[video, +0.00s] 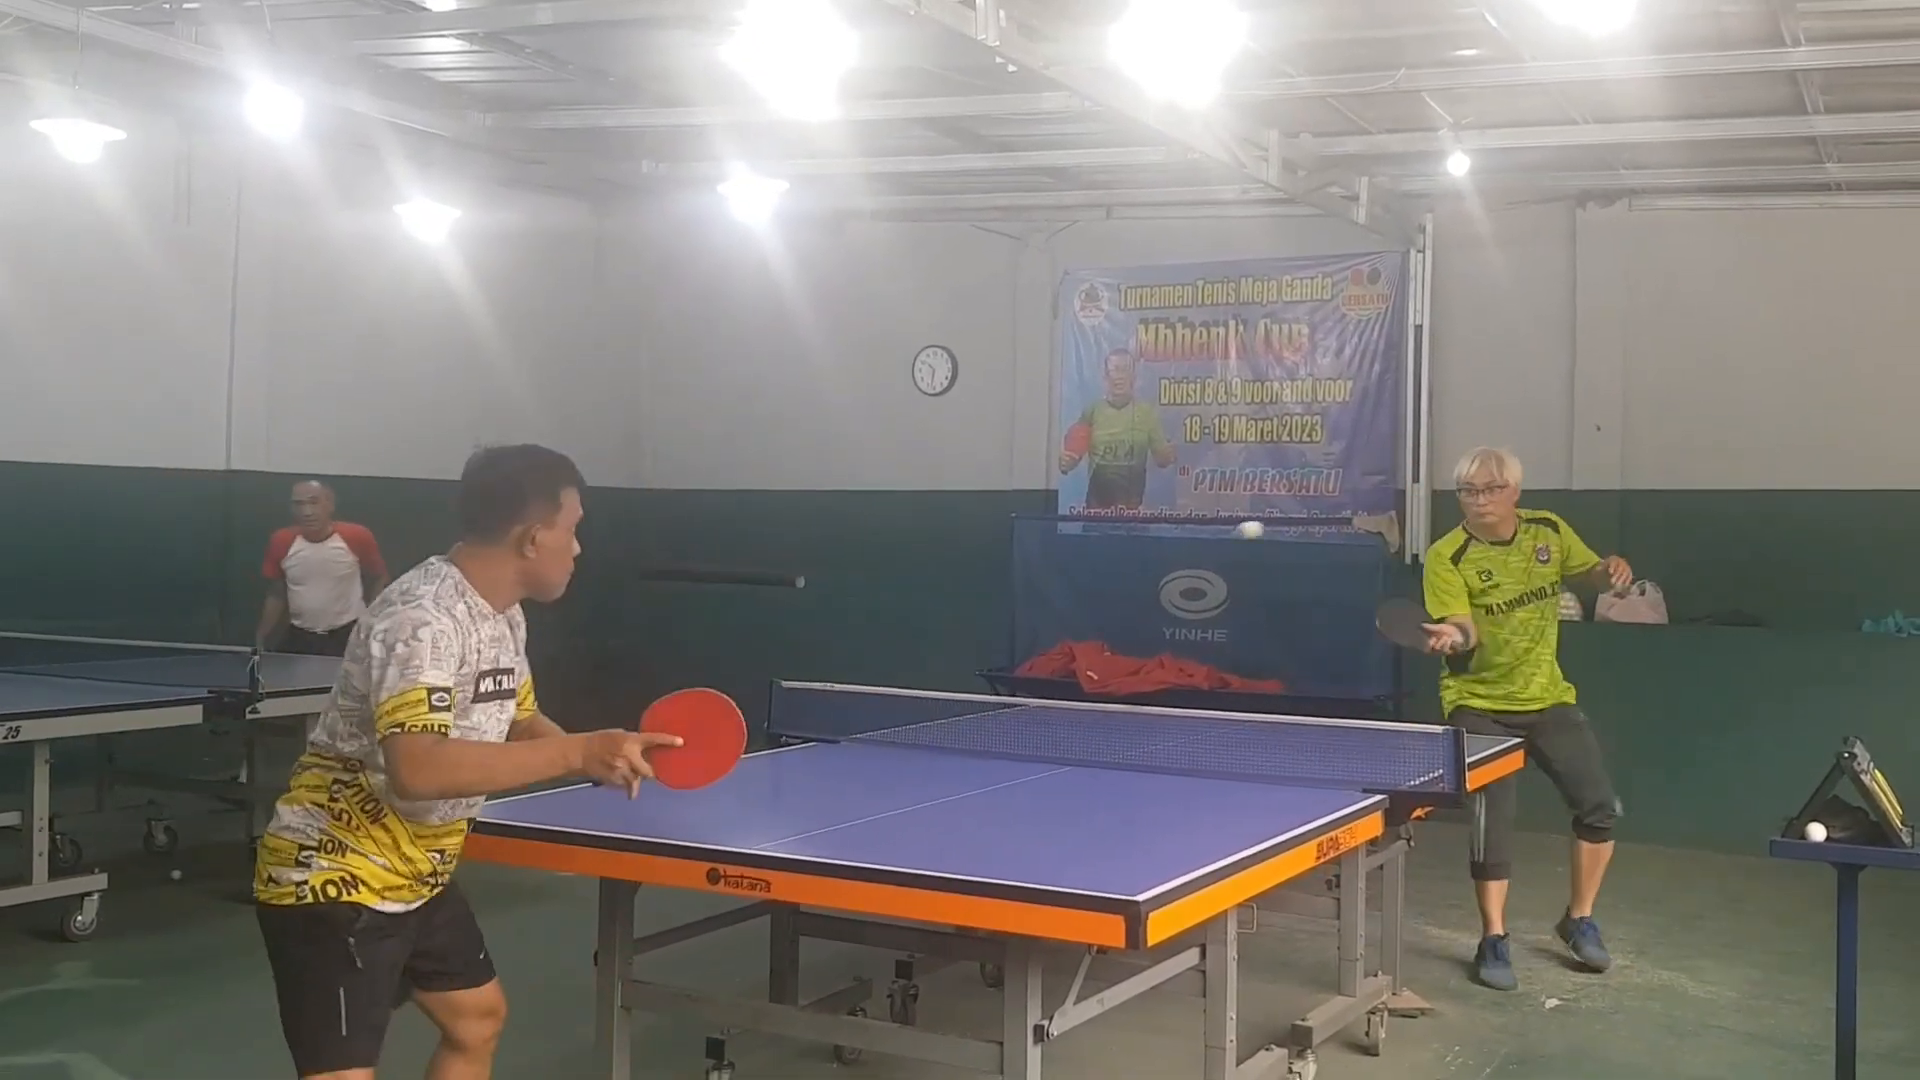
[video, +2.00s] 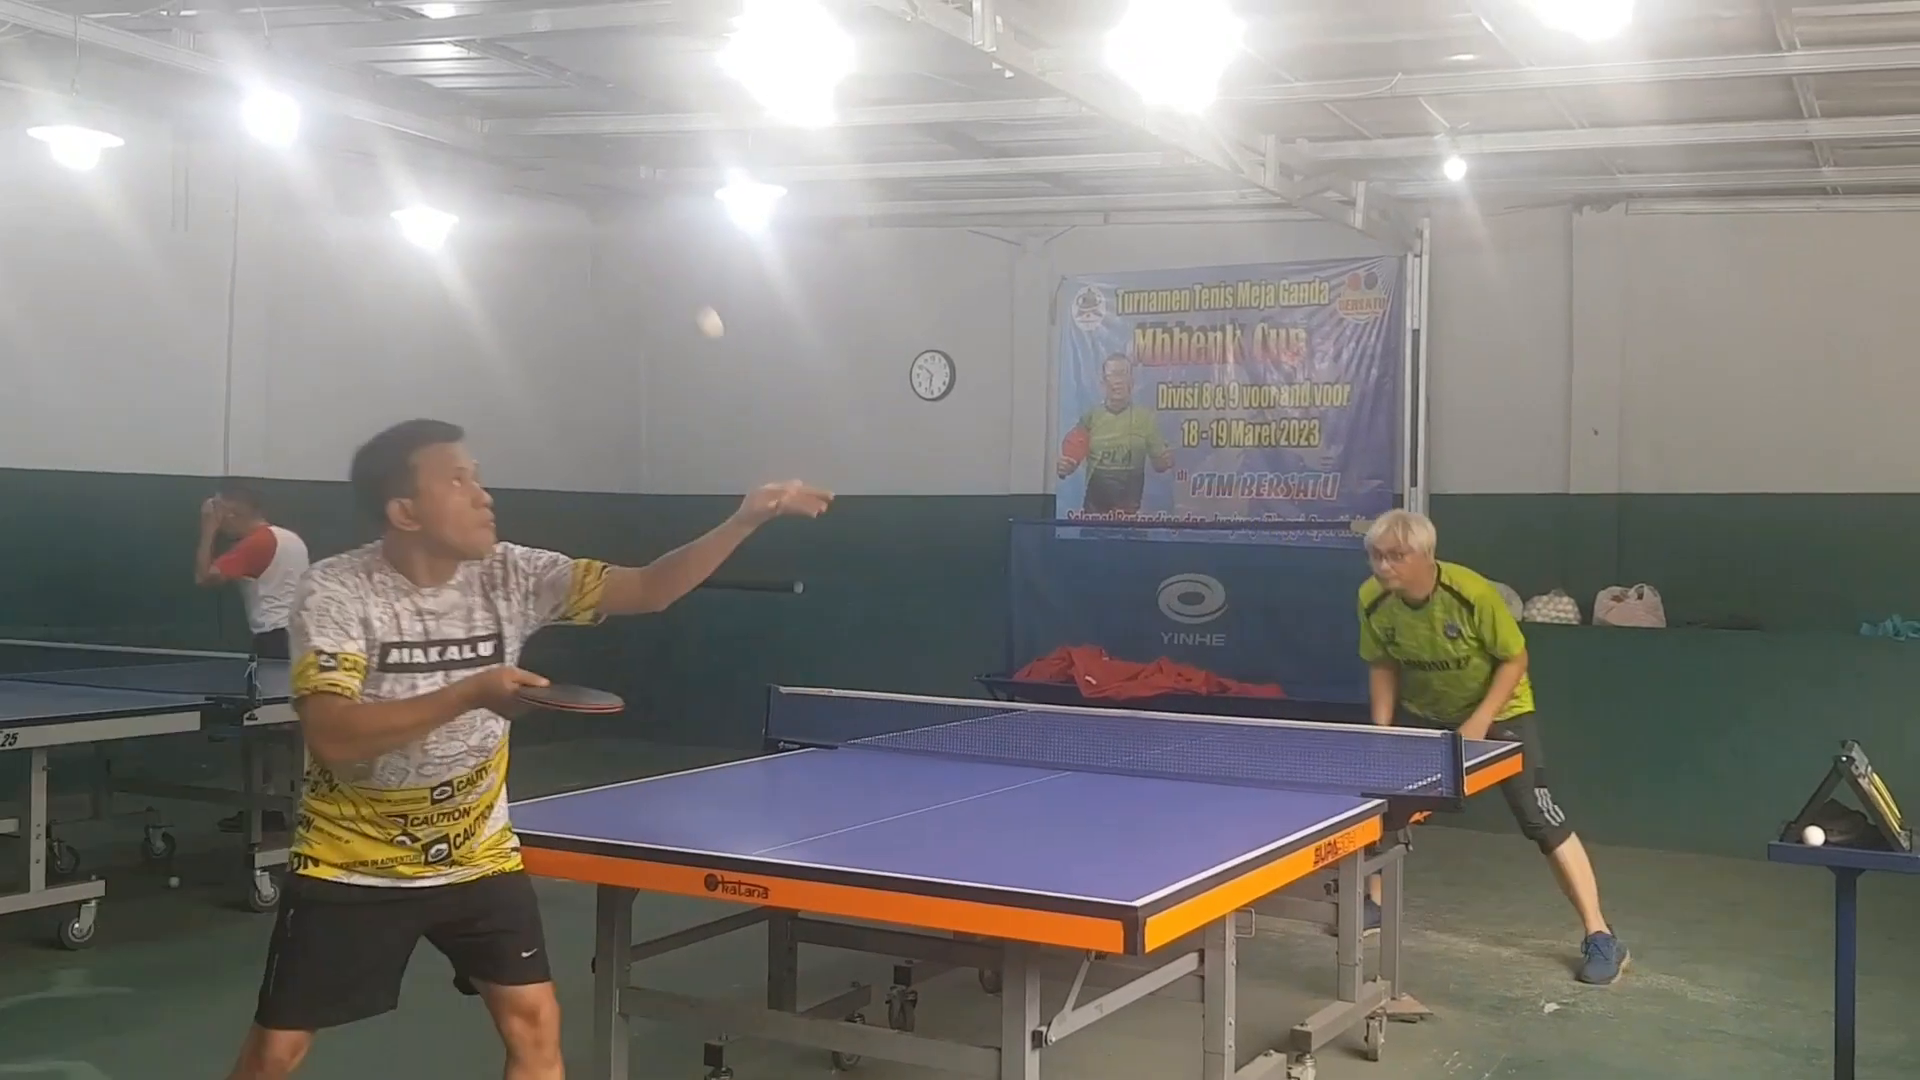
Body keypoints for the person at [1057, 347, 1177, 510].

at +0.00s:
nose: (1118, 377)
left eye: (1124, 370)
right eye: (1113, 370)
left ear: (1133, 375)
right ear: (1105, 376)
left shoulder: (1146, 413)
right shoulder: (1093, 412)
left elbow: (1161, 457)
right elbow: (1076, 446)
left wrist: (1167, 455)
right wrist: (1066, 462)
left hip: (1132, 498)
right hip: (1098, 499)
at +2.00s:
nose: (1116, 381)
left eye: (1122, 374)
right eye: (1110, 375)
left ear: (1131, 380)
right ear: (1103, 381)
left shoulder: (1145, 418)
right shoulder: (1091, 419)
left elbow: (1158, 463)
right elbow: (1074, 449)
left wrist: (1165, 460)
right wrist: (1065, 466)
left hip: (1129, 507)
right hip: (1095, 508)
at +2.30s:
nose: (1116, 382)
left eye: (1122, 375)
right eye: (1110, 375)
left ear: (1131, 381)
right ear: (1103, 381)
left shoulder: (1144, 418)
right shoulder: (1090, 417)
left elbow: (1157, 462)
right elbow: (1074, 451)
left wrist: (1164, 460)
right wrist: (1064, 466)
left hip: (1129, 504)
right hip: (1095, 505)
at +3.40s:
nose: (1117, 381)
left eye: (1122, 374)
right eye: (1111, 375)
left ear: (1131, 380)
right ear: (1103, 380)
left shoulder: (1144, 417)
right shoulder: (1091, 416)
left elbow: (1158, 461)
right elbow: (1074, 448)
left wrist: (1165, 460)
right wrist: (1064, 465)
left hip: (1129, 504)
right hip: (1095, 504)